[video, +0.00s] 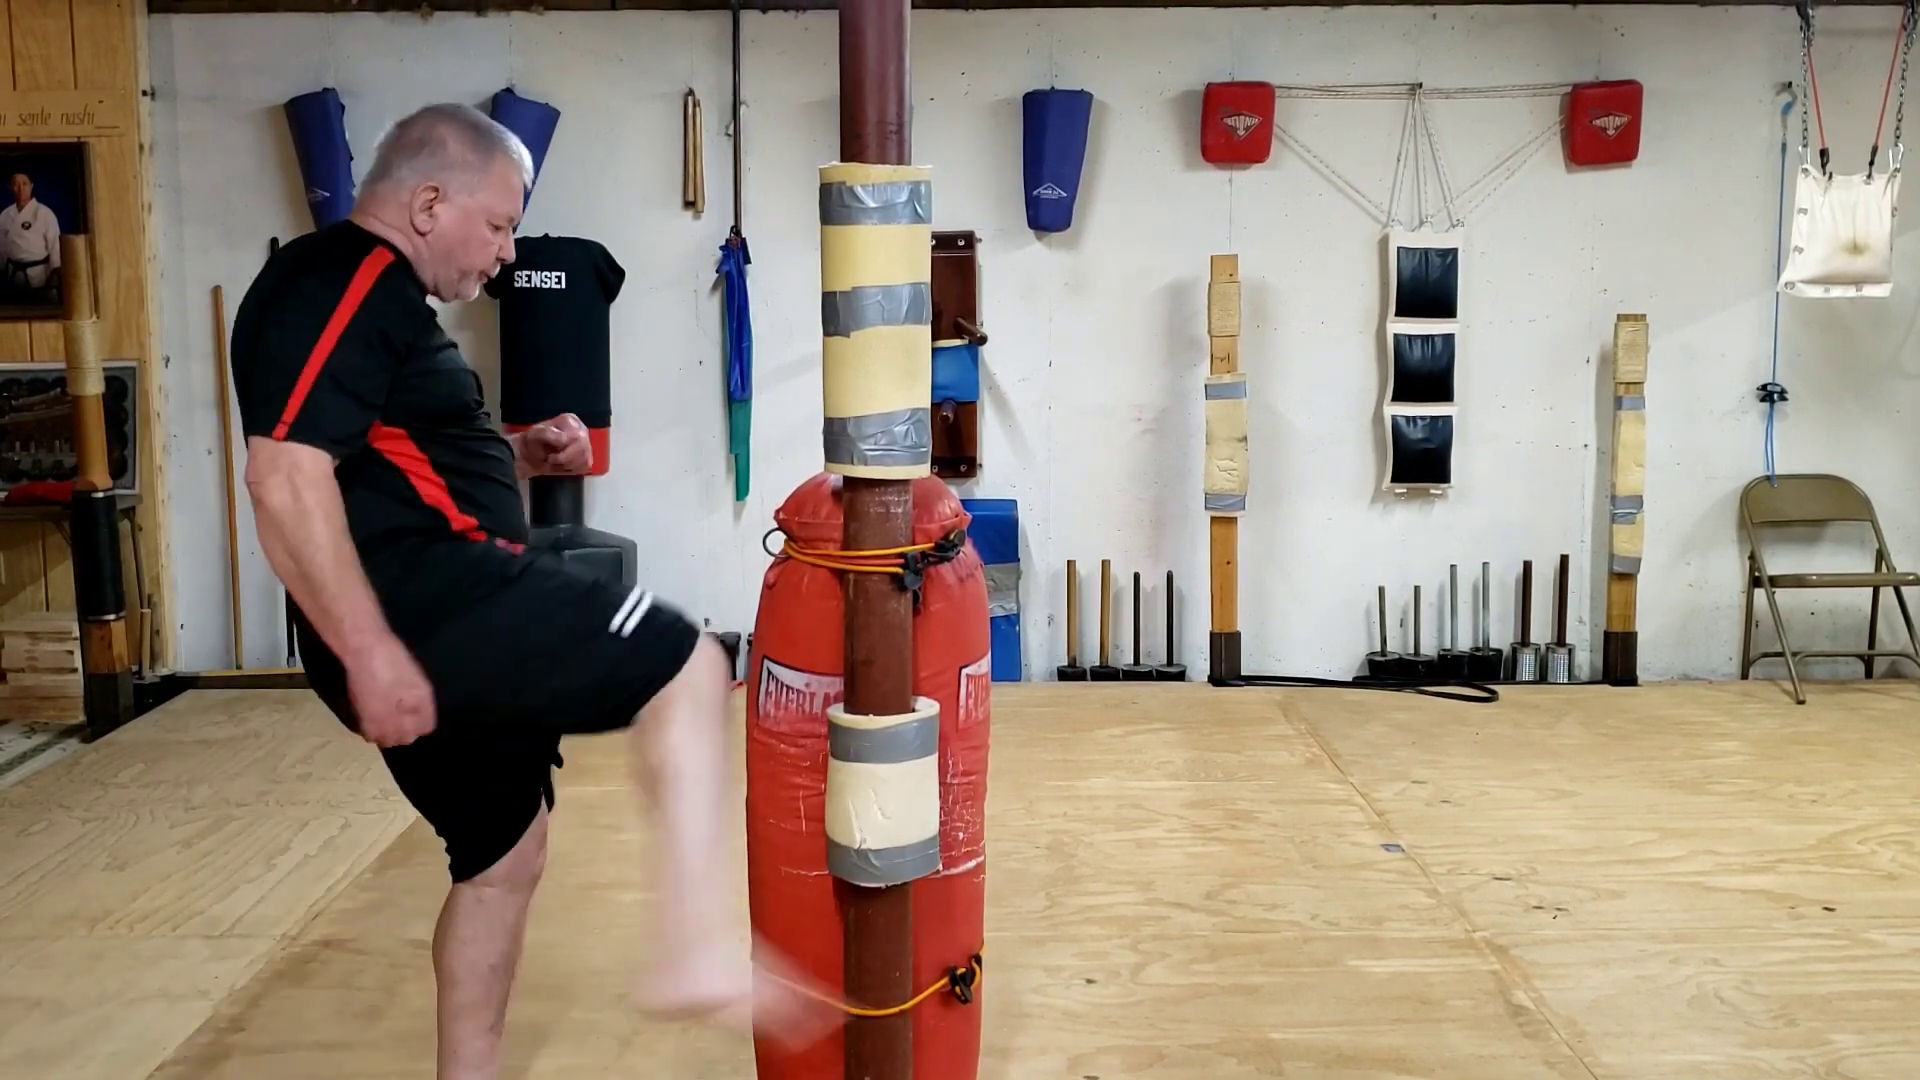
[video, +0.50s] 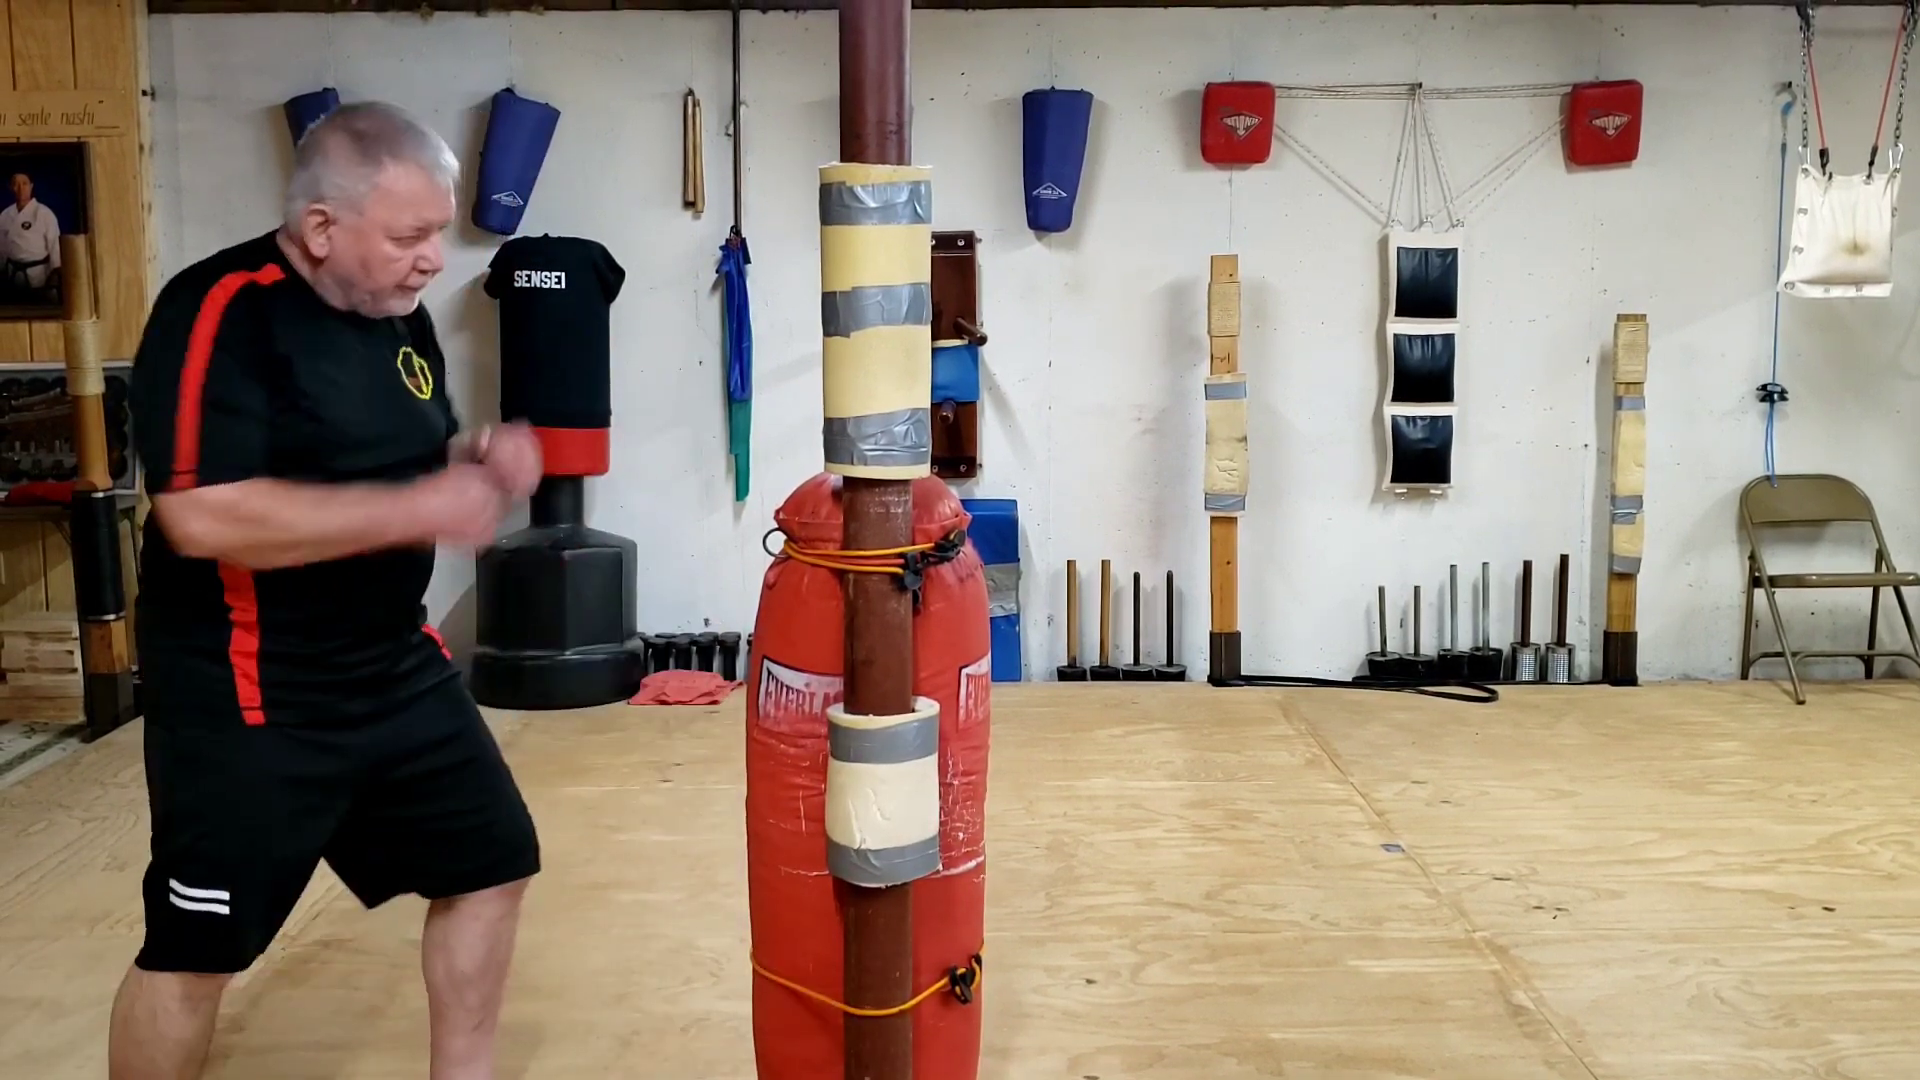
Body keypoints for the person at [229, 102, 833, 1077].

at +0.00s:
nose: (507, 255)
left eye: (512, 232)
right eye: (500, 227)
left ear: (423, 210)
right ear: (426, 206)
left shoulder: (375, 289)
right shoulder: (349, 277)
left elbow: (388, 463)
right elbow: (284, 470)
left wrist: (517, 451)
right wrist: (371, 651)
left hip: (387, 621)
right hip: (428, 595)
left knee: (501, 847)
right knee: (687, 663)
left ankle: (465, 1069)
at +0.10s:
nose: (505, 241)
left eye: (508, 218)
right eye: (494, 213)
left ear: (415, 203)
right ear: (416, 197)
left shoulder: (373, 280)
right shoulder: (339, 270)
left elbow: (388, 463)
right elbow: (296, 462)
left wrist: (512, 491)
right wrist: (447, 595)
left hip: (404, 625)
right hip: (373, 628)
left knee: (490, 860)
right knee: (596, 778)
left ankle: (463, 1061)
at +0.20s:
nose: (501, 242)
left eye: (505, 221)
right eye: (492, 214)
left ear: (415, 200)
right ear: (411, 194)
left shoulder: (393, 301)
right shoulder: (317, 270)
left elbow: (402, 476)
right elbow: (308, 454)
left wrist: (504, 534)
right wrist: (511, 490)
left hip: (438, 639)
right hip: (341, 647)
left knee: (505, 851)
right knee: (407, 898)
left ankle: (466, 1074)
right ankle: (213, 1068)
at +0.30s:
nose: (483, 255)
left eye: (489, 232)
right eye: (468, 229)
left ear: (394, 223)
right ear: (382, 215)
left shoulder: (385, 320)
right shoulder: (281, 289)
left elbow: (366, 506)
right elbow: (329, 467)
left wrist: (471, 569)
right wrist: (514, 421)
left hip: (421, 679)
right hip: (288, 699)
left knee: (509, 865)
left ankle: (465, 1074)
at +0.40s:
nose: (450, 272)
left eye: (455, 247)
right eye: (428, 248)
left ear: (351, 244)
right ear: (341, 241)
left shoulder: (395, 329)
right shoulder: (237, 315)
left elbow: (387, 489)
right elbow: (310, 495)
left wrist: (462, 564)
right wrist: (493, 425)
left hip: (399, 673)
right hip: (252, 694)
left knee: (511, 860)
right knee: (201, 955)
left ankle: (466, 1073)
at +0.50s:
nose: (433, 261)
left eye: (438, 236)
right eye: (411, 237)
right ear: (321, 231)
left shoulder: (399, 313)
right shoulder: (212, 310)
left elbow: (410, 467)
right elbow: (197, 515)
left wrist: (478, 465)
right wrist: (416, 509)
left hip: (391, 665)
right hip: (240, 690)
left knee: (489, 861)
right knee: (194, 948)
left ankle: (463, 1074)